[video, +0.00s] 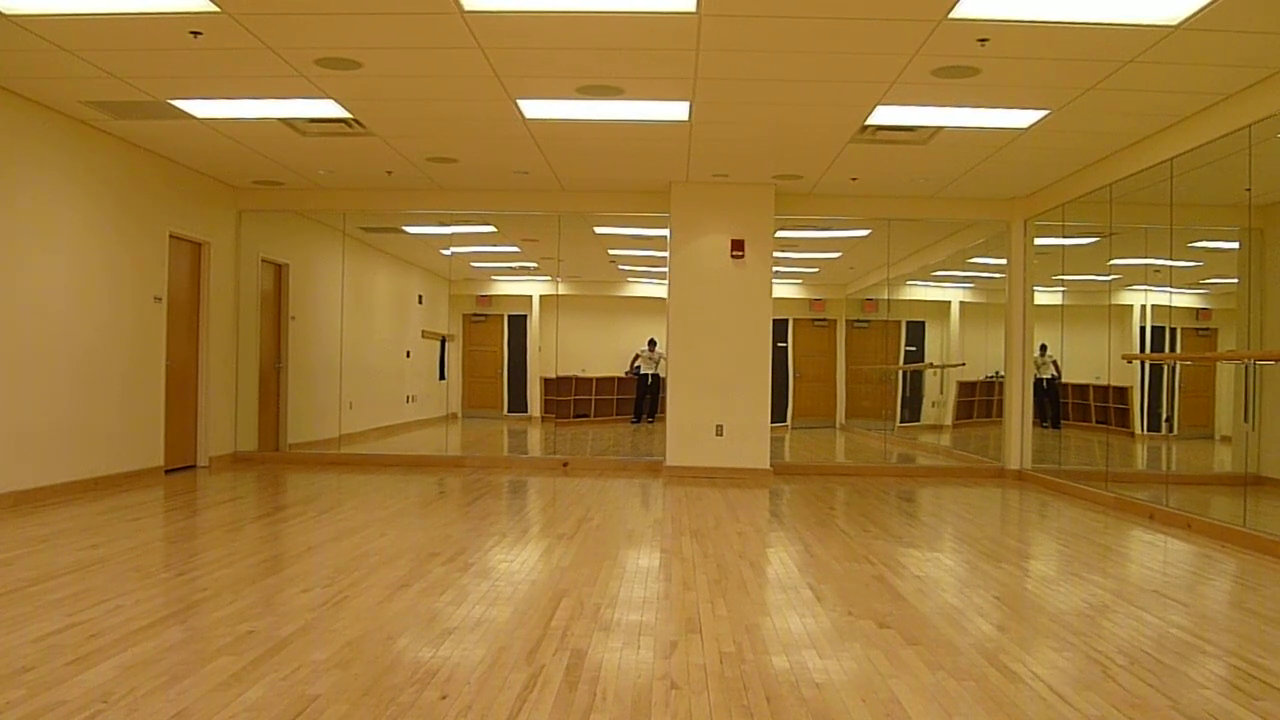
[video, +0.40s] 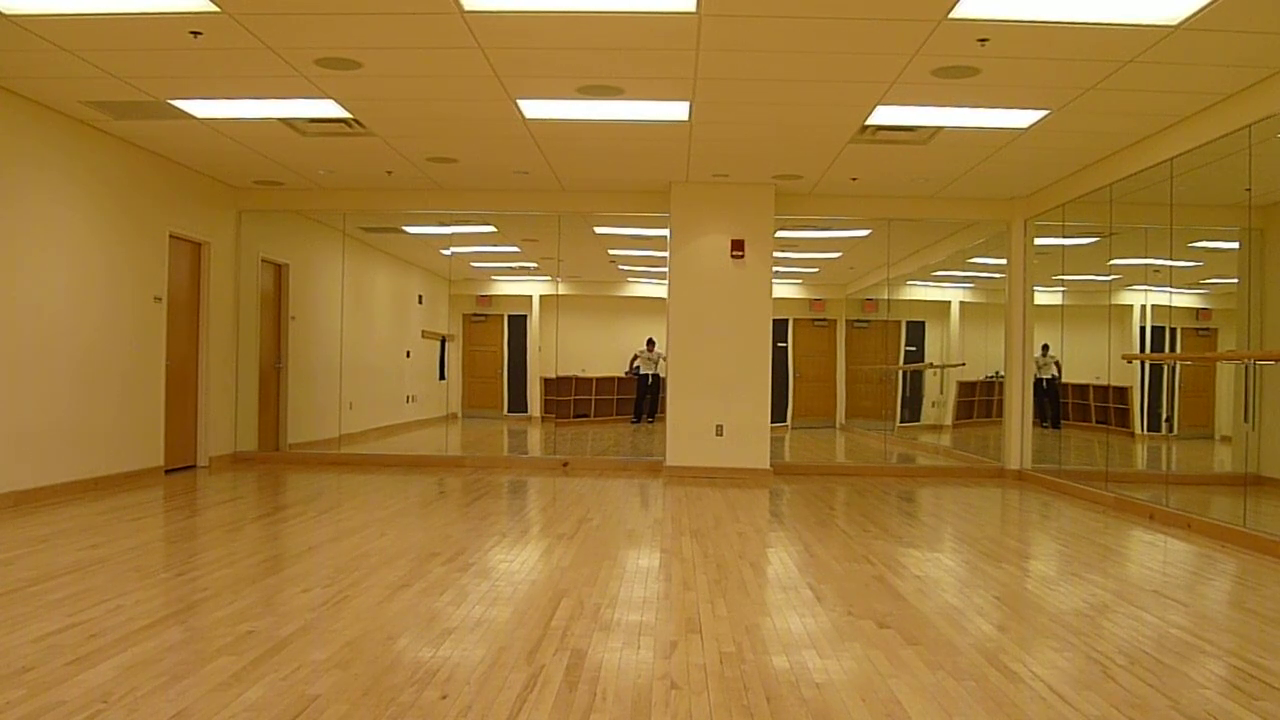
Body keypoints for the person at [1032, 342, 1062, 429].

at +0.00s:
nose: (1042, 353)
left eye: (1044, 351)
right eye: (1041, 351)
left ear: (1047, 351)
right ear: (1039, 350)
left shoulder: (1050, 357)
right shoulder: (1035, 359)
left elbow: (1056, 367)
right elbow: (1034, 369)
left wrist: (1059, 376)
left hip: (1050, 378)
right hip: (1039, 378)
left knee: (1054, 400)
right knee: (1041, 401)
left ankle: (1055, 422)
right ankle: (1043, 421)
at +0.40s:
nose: (1044, 352)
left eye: (1046, 351)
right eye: (1043, 350)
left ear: (1048, 351)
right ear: (1041, 350)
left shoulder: (1053, 359)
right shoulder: (1037, 359)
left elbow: (1059, 367)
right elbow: (1034, 369)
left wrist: (1060, 377)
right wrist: (1034, 378)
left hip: (1051, 378)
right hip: (1040, 378)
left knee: (1054, 400)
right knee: (1041, 401)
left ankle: (1055, 422)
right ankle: (1043, 421)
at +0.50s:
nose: (1045, 352)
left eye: (1047, 351)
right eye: (1044, 350)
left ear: (1049, 351)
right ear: (1042, 350)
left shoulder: (1053, 358)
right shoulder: (1038, 358)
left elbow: (1059, 367)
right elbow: (1034, 368)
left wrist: (1060, 376)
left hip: (1051, 378)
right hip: (1040, 378)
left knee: (1054, 400)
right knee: (1041, 401)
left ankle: (1055, 422)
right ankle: (1043, 421)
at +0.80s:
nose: (1052, 353)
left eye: (1054, 351)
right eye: (1051, 350)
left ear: (1057, 352)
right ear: (1049, 350)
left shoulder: (1059, 358)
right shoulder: (1043, 358)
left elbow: (1062, 367)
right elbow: (1035, 367)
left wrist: (1060, 376)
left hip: (1052, 379)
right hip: (1041, 379)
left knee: (1055, 401)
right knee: (1041, 400)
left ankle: (1055, 422)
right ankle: (1043, 420)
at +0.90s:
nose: (1055, 353)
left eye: (1058, 352)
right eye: (1054, 351)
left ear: (1060, 352)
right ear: (1052, 350)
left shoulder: (1060, 359)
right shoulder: (1045, 357)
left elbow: (1061, 367)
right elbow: (1037, 364)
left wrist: (1060, 376)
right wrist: (1035, 371)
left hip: (1052, 379)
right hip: (1042, 379)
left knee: (1055, 401)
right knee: (1041, 400)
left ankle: (1055, 422)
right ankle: (1043, 420)